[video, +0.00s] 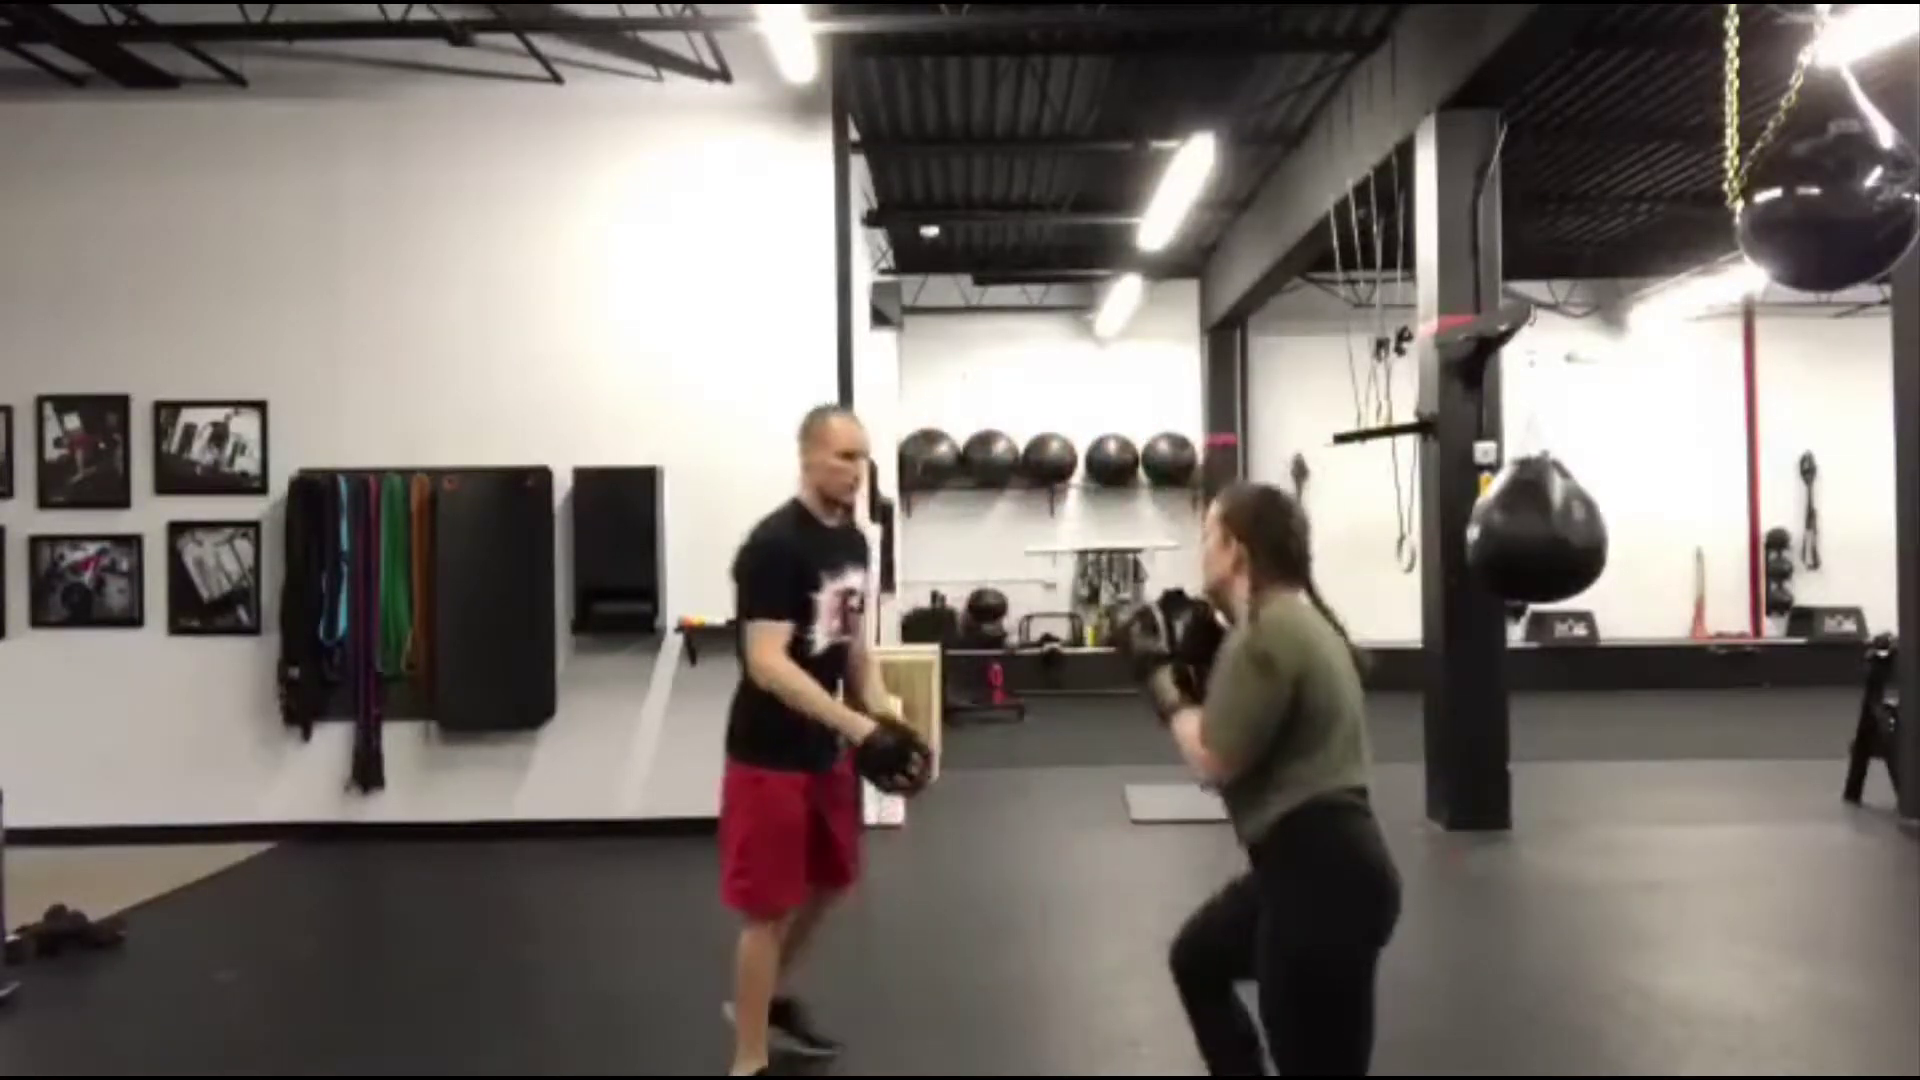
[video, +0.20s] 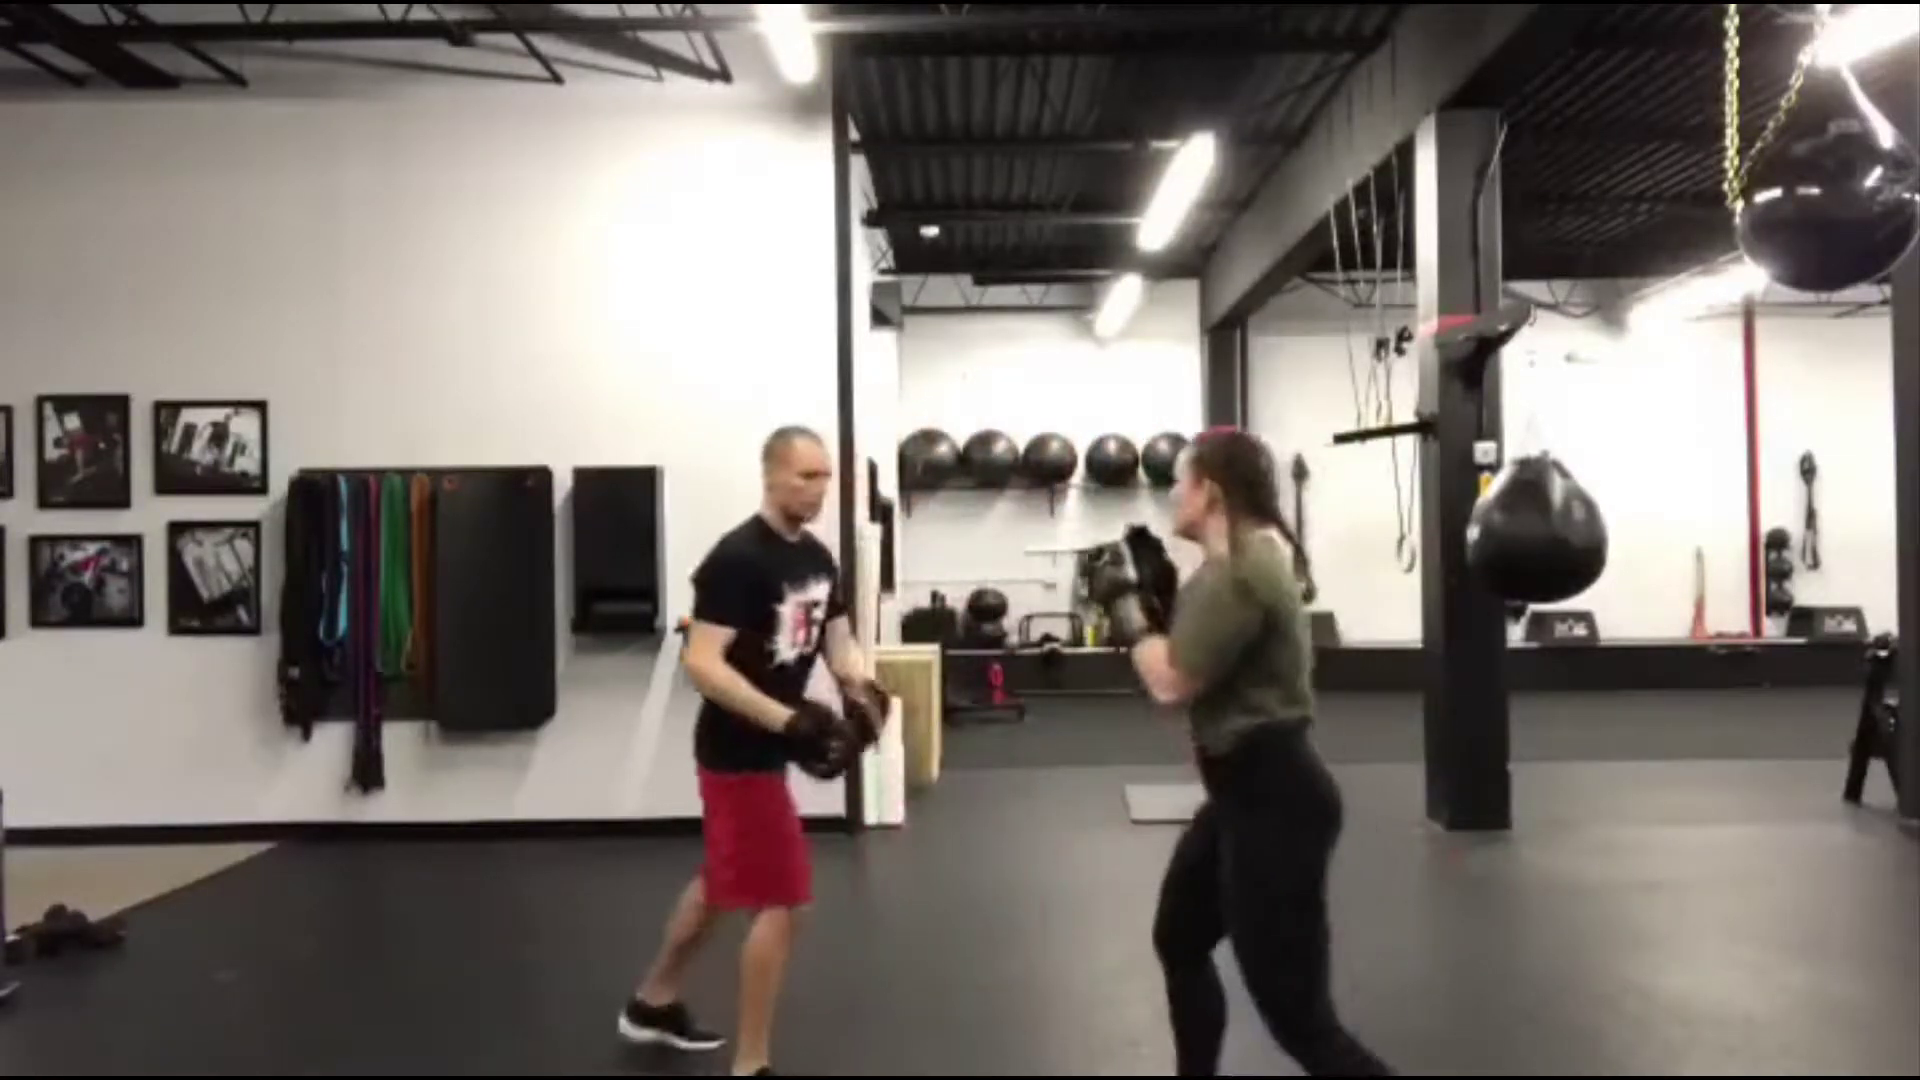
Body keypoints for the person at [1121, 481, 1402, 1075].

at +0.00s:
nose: (1203, 554)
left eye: (1208, 540)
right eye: (1205, 540)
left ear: (1236, 551)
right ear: (1281, 548)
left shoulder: (1265, 636)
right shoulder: (1306, 623)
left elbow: (1213, 761)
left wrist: (1164, 681)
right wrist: (1213, 662)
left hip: (1317, 876)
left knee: (1314, 1061)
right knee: (1198, 957)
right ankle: (1243, 1069)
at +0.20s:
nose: (1173, 497)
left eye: (1180, 484)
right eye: (1177, 483)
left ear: (1208, 492)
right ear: (1232, 492)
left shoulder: (1239, 570)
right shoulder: (1261, 558)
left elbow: (1170, 682)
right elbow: (1209, 666)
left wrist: (1128, 615)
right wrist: (1168, 596)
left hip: (1276, 799)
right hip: (1253, 795)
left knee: (1294, 1010)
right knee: (1181, 935)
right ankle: (1196, 1068)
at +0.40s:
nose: (1151, 556)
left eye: (1161, 544)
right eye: (1156, 543)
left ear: (1189, 559)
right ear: (1194, 560)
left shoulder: (1219, 648)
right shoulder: (1209, 634)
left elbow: (1160, 762)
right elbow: (1174, 733)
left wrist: (1116, 690)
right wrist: (1135, 672)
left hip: (1238, 856)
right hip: (1199, 850)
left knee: (1235, 1049)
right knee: (1132, 980)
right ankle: (1182, 1070)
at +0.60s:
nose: (1154, 495)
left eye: (1163, 482)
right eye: (1158, 482)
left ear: (1196, 493)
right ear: (1206, 493)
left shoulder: (1225, 569)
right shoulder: (1232, 561)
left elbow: (1166, 678)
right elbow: (1177, 668)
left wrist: (1123, 607)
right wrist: (1131, 606)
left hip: (1270, 788)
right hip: (1238, 785)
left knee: (1290, 990)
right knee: (1192, 950)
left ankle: (1374, 1067)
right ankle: (1196, 1070)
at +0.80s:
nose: (1183, 542)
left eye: (1191, 530)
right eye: (1186, 529)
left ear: (1223, 541)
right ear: (1230, 541)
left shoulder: (1267, 616)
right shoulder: (1245, 615)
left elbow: (1214, 728)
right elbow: (1218, 710)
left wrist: (1159, 656)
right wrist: (1179, 652)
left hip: (1314, 838)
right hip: (1278, 835)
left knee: (1320, 1037)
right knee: (1200, 972)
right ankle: (1240, 1072)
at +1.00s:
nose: (1177, 521)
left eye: (1186, 508)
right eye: (1181, 508)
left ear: (1215, 518)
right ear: (1226, 519)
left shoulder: (1259, 597)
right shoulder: (1240, 597)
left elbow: (1208, 706)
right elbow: (1212, 691)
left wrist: (1153, 635)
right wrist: (1169, 629)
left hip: (1301, 817)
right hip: (1263, 815)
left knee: (1321, 1020)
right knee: (1152, 912)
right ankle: (1197, 1064)